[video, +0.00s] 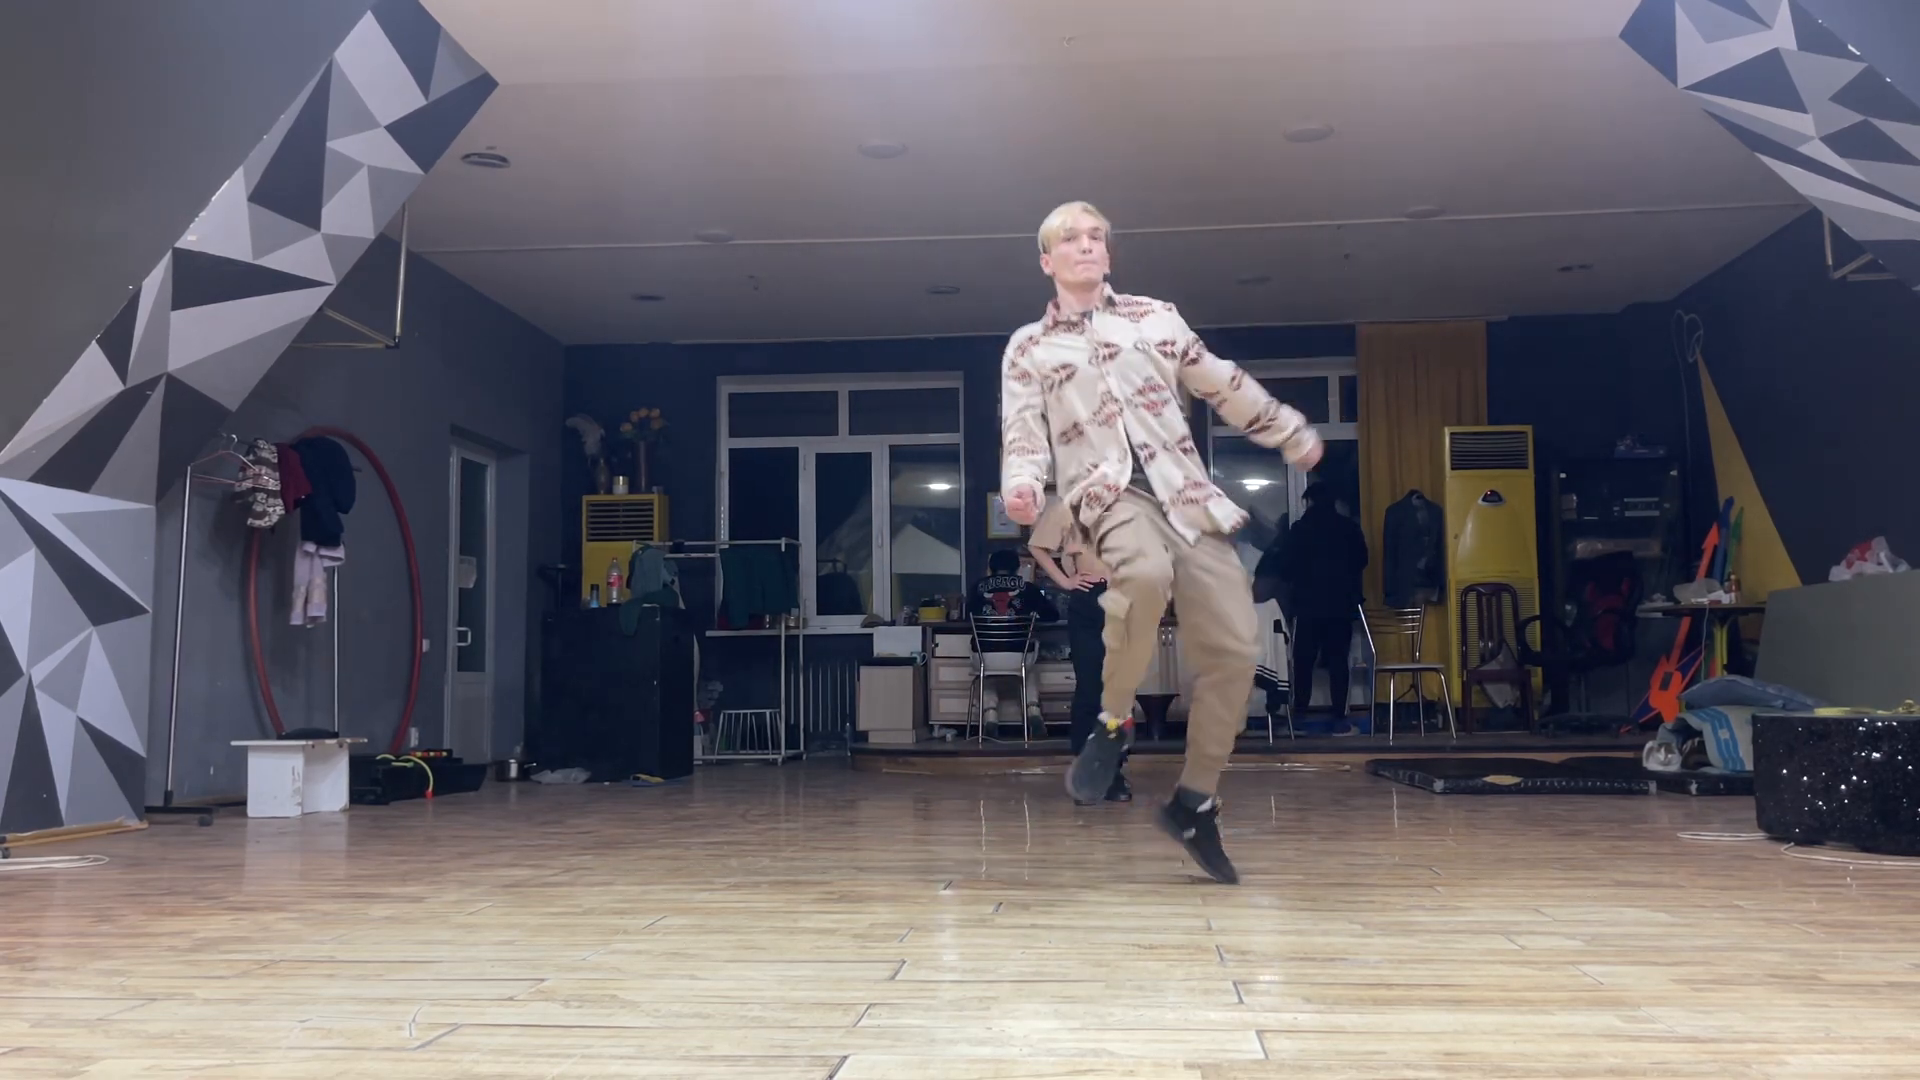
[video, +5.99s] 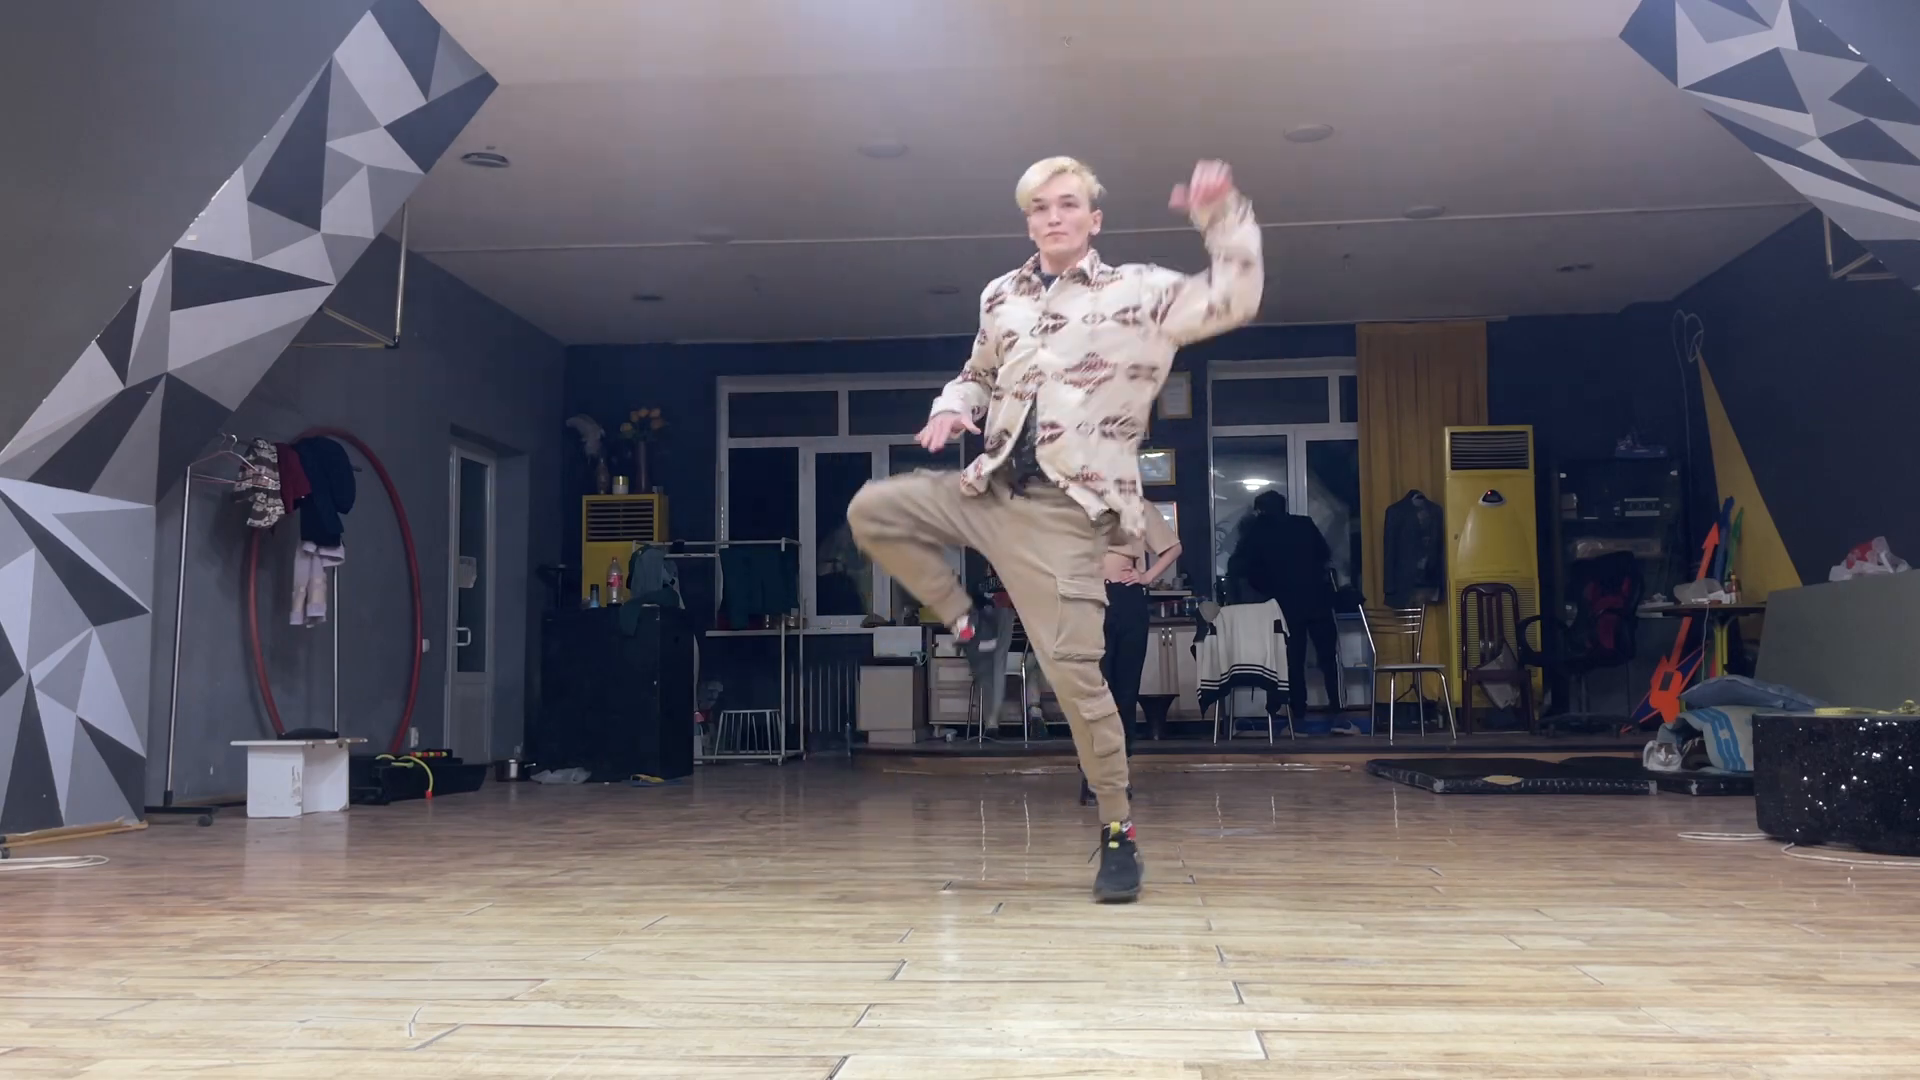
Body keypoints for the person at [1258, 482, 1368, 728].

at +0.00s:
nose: (1308, 505)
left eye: (1308, 501)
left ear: (1309, 502)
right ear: (1333, 501)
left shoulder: (1298, 530)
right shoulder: (1349, 528)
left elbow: (1286, 569)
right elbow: (1361, 561)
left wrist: (1289, 605)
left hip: (1307, 606)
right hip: (1341, 605)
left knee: (1303, 663)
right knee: (1338, 663)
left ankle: (1298, 718)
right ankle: (1339, 720)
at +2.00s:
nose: (1302, 502)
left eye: (1302, 498)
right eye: (1303, 499)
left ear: (1305, 500)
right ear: (1328, 500)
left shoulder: (1291, 530)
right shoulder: (1346, 529)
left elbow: (1270, 567)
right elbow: (1360, 567)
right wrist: (1337, 564)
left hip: (1301, 604)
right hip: (1335, 604)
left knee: (1302, 661)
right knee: (1335, 661)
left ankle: (1300, 717)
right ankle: (1338, 718)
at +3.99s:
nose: (1297, 503)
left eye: (1298, 499)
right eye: (1297, 499)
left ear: (1301, 500)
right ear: (1325, 500)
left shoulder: (1285, 530)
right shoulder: (1344, 530)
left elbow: (1270, 567)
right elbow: (1357, 567)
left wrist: (1283, 594)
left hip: (1298, 605)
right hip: (1332, 605)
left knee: (1300, 661)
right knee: (1333, 661)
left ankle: (1299, 719)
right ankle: (1337, 719)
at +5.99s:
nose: (1258, 514)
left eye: (1258, 510)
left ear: (1259, 510)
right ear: (1283, 506)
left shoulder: (1255, 532)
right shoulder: (1304, 523)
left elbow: (1240, 568)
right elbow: (1324, 554)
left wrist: (1268, 589)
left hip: (1283, 602)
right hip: (1316, 598)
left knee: (1293, 660)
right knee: (1328, 657)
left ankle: (1297, 717)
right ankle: (1337, 714)